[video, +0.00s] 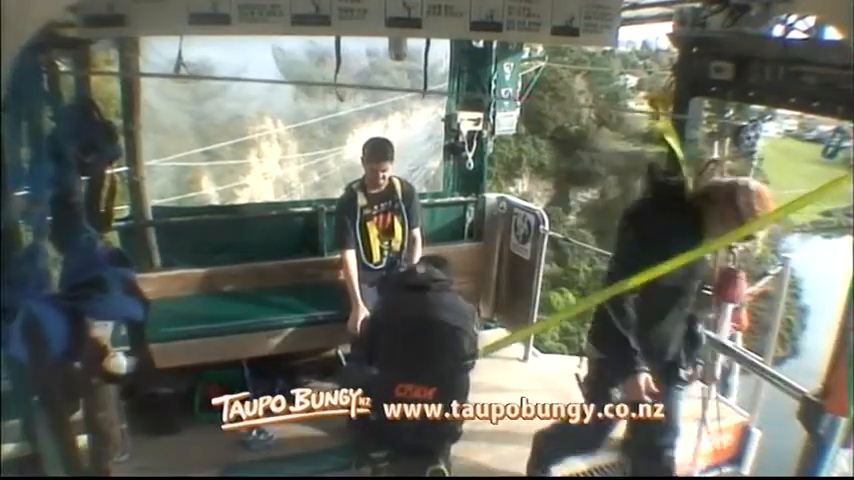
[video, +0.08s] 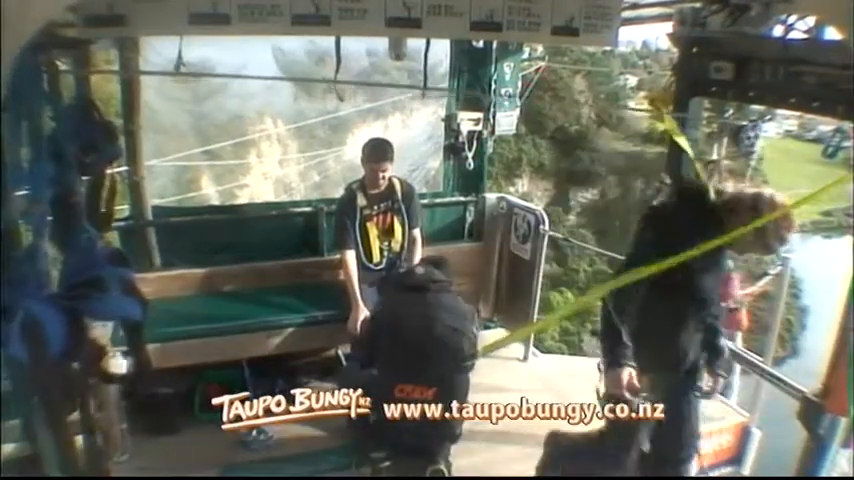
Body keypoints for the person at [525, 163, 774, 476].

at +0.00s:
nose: (732, 237)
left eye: (740, 232)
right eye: (737, 226)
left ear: (726, 211)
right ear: (723, 204)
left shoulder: (698, 238)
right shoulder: (656, 215)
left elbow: (683, 306)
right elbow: (618, 293)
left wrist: (690, 356)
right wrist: (631, 366)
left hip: (664, 360)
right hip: (620, 350)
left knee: (656, 458)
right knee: (591, 432)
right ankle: (546, 448)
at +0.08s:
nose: (749, 253)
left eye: (758, 251)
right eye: (756, 245)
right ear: (745, 218)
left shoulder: (714, 244)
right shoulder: (674, 220)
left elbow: (707, 309)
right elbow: (623, 289)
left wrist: (718, 360)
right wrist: (618, 361)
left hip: (679, 369)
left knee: (676, 462)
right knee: (619, 456)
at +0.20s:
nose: (781, 260)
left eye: (789, 258)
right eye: (788, 251)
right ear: (774, 223)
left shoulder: (741, 259)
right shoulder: (699, 226)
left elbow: (734, 331)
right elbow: (637, 277)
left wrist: (743, 393)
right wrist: (599, 336)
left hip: (702, 383)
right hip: (661, 372)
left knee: (695, 465)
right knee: (656, 465)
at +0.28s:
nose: (798, 263)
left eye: (806, 260)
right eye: (802, 253)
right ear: (789, 226)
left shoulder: (780, 272)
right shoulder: (712, 231)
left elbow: (769, 346)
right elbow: (647, 276)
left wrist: (751, 409)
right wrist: (602, 325)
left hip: (718, 394)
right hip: (669, 380)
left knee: (700, 467)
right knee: (679, 466)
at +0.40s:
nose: (823, 264)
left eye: (831, 258)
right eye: (823, 253)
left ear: (832, 251)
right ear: (804, 229)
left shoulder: (818, 274)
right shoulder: (732, 242)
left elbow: (804, 359)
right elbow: (665, 285)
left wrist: (763, 424)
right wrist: (608, 326)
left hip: (754, 414)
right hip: (702, 397)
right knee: (693, 467)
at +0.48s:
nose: (837, 261)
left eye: (844, 253)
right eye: (836, 249)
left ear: (847, 250)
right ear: (818, 232)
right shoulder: (757, 252)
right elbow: (686, 296)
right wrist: (617, 339)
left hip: (784, 420)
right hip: (724, 405)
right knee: (716, 469)